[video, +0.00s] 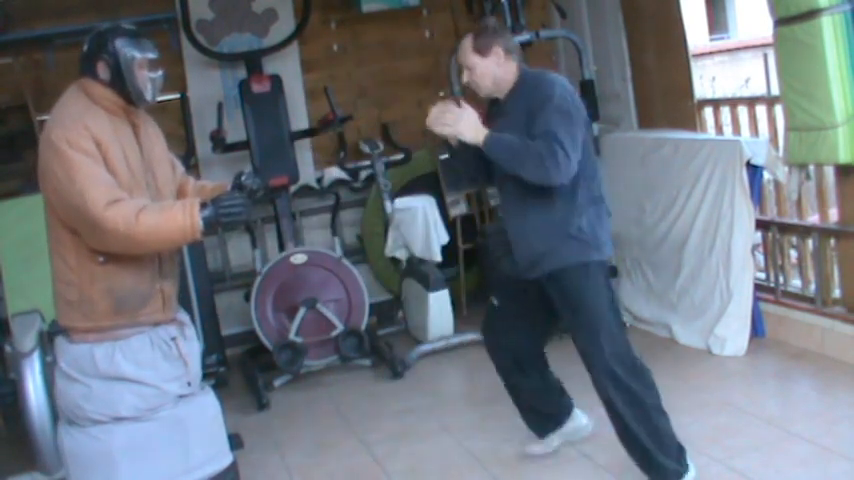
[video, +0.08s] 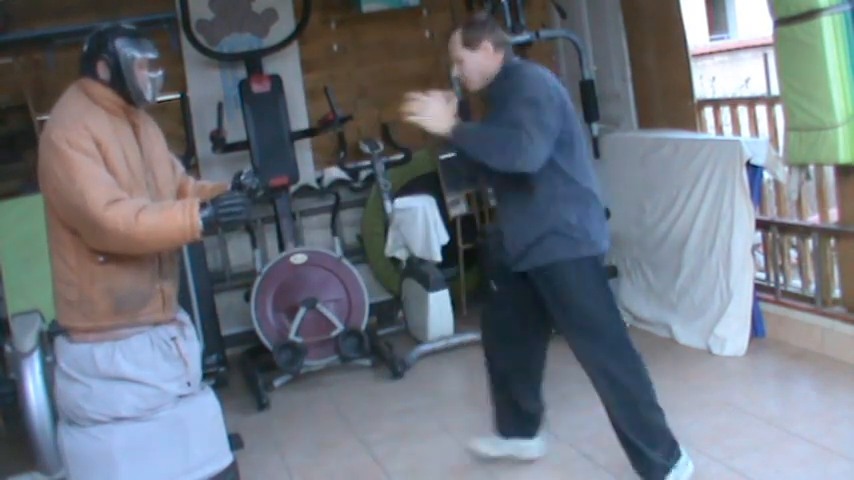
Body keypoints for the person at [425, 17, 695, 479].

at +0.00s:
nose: (465, 80)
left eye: (469, 69)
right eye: (462, 71)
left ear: (497, 58)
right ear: (490, 63)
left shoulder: (553, 92)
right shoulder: (495, 111)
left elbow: (555, 165)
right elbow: (466, 176)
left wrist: (480, 136)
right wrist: (455, 138)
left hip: (574, 251)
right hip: (528, 257)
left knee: (608, 360)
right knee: (505, 336)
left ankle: (672, 469)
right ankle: (559, 421)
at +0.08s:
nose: (456, 71)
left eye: (460, 60)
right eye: (454, 62)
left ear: (488, 49)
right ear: (483, 53)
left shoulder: (530, 81)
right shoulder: (502, 95)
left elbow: (525, 151)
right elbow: (490, 162)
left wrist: (452, 127)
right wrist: (452, 133)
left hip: (563, 238)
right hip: (524, 242)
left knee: (604, 350)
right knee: (508, 334)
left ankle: (664, 463)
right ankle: (519, 434)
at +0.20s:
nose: (445, 90)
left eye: (449, 79)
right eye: (443, 81)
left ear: (478, 70)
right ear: (477, 72)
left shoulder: (509, 107)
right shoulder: (501, 104)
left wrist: (400, 108)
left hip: (556, 259)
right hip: (521, 261)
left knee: (602, 364)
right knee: (487, 346)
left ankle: (675, 463)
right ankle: (464, 440)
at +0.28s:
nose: (429, 89)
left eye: (434, 79)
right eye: (428, 81)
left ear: (462, 73)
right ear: (463, 74)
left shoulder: (491, 110)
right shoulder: (488, 108)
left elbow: (413, 136)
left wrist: (397, 87)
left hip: (536, 262)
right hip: (501, 265)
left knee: (587, 364)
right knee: (462, 345)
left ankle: (671, 457)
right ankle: (455, 446)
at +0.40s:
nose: (415, 84)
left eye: (420, 74)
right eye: (414, 76)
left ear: (450, 69)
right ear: (450, 71)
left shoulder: (477, 108)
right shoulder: (465, 107)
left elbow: (404, 133)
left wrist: (378, 80)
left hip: (490, 260)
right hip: (458, 259)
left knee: (476, 354)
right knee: (427, 352)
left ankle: (575, 424)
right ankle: (450, 447)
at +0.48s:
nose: (416, 91)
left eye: (420, 81)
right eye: (414, 83)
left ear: (448, 73)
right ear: (447, 75)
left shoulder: (481, 116)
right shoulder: (469, 113)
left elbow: (420, 151)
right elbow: (424, 154)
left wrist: (384, 99)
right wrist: (386, 133)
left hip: (463, 250)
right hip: (450, 247)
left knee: (399, 328)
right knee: (415, 341)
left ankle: (452, 439)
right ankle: (439, 447)